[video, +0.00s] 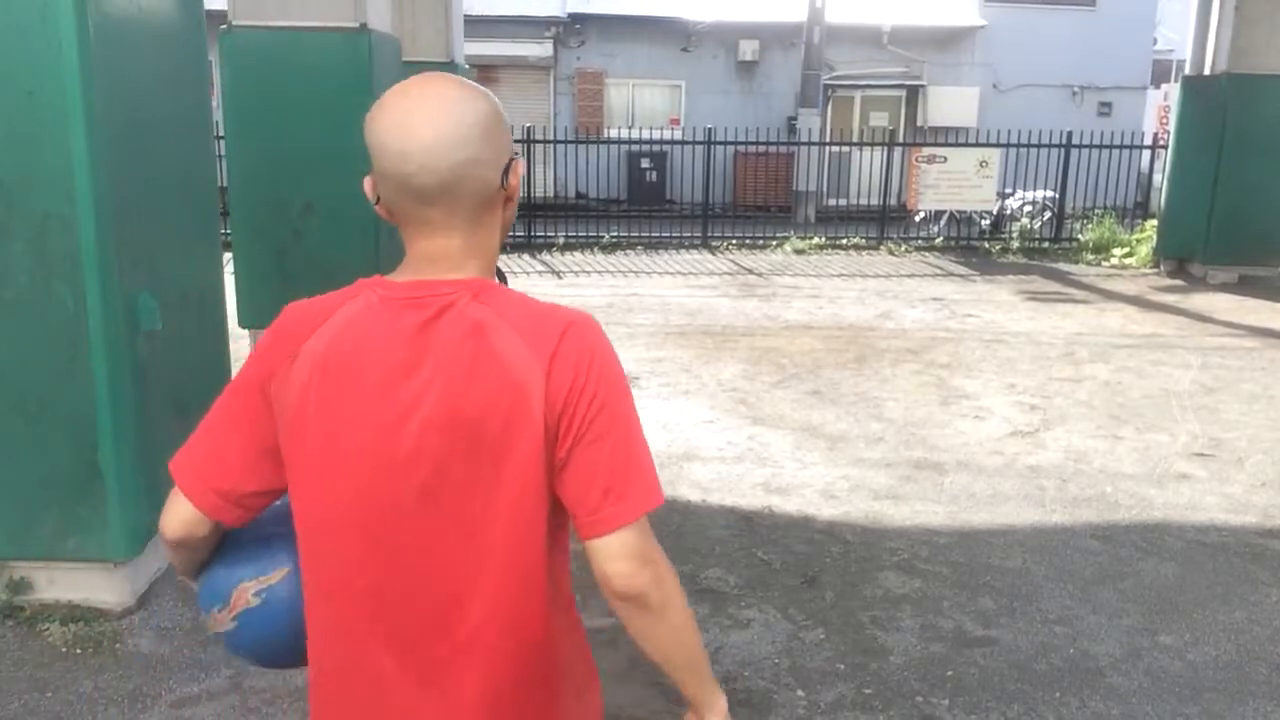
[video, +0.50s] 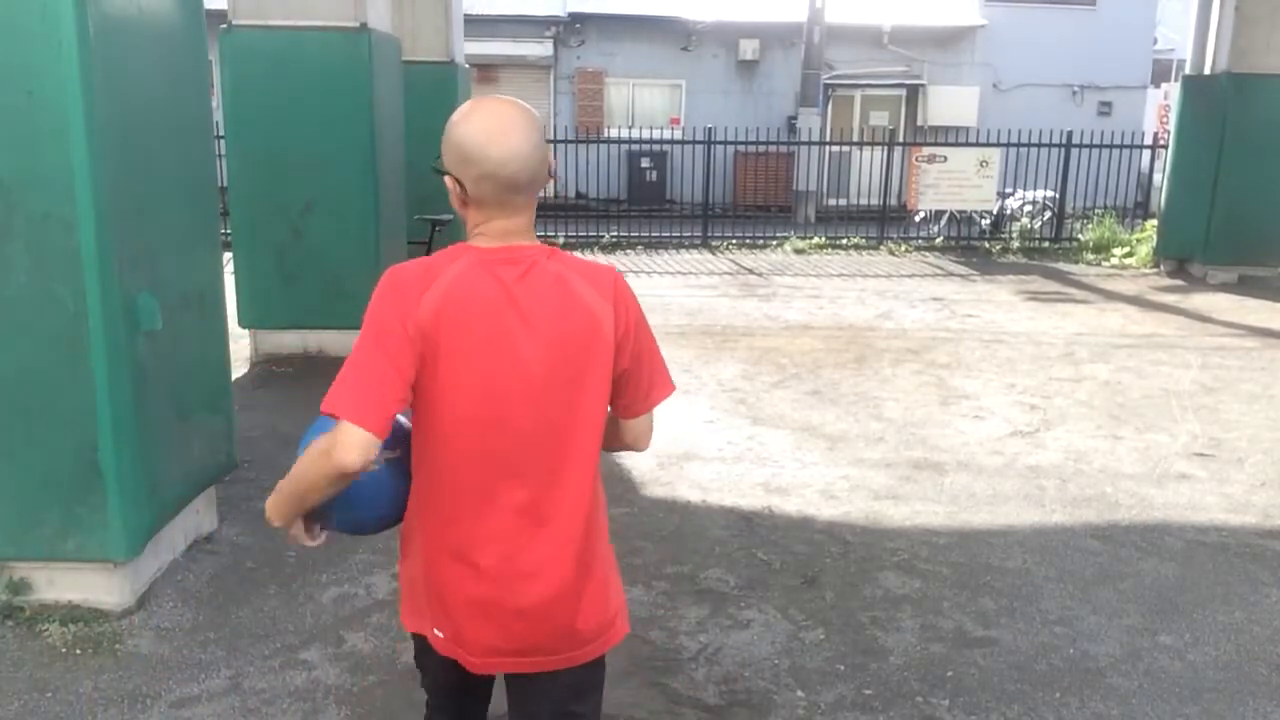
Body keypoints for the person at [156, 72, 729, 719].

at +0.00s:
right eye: (519, 162)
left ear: (376, 196)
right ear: (511, 184)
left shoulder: (302, 336)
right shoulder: (561, 345)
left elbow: (181, 526)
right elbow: (628, 573)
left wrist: (211, 571)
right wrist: (708, 699)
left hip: (352, 704)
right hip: (527, 704)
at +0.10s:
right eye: (554, 165)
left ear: (417, 199)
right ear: (546, 185)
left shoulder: (350, 326)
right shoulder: (593, 342)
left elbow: (221, 497)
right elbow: (649, 547)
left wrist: (213, 566)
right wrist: (715, 663)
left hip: (391, 699)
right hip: (552, 699)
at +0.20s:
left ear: (449, 186)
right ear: (566, 174)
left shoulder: (382, 297)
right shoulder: (613, 311)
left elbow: (244, 444)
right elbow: (658, 502)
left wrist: (226, 534)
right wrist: (686, 587)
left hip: (428, 653)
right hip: (565, 653)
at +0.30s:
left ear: (457, 181)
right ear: (565, 162)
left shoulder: (400, 284)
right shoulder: (618, 293)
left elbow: (262, 421)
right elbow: (655, 467)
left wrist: (236, 502)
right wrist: (639, 520)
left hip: (442, 610)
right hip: (570, 612)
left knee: (437, 703)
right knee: (572, 708)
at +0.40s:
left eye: (450, 169)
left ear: (460, 185)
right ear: (560, 162)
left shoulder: (407, 284)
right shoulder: (616, 290)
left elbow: (290, 426)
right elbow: (648, 451)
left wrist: (246, 497)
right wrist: (581, 477)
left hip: (448, 612)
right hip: (571, 614)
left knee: (442, 704)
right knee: (568, 711)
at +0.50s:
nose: (443, 187)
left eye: (445, 177)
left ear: (456, 191)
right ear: (548, 176)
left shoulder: (412, 289)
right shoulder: (602, 289)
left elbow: (352, 450)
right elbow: (633, 432)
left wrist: (284, 504)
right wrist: (545, 419)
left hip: (452, 598)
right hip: (566, 599)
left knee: (452, 710)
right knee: (563, 711)